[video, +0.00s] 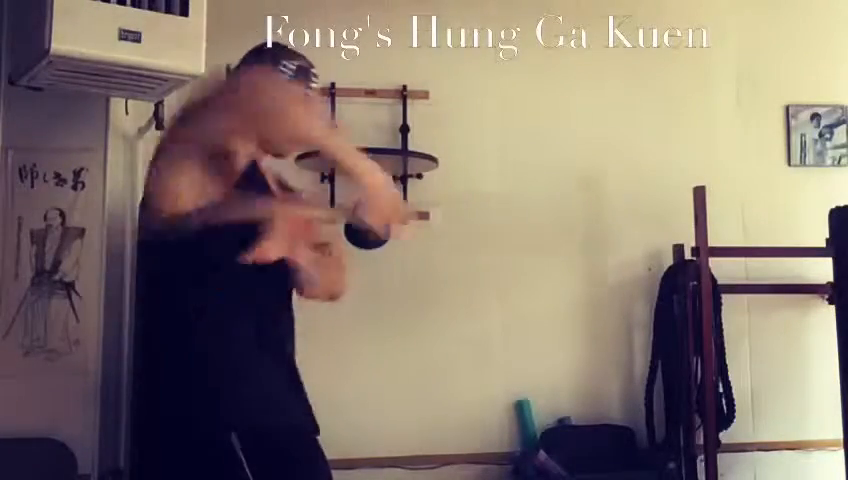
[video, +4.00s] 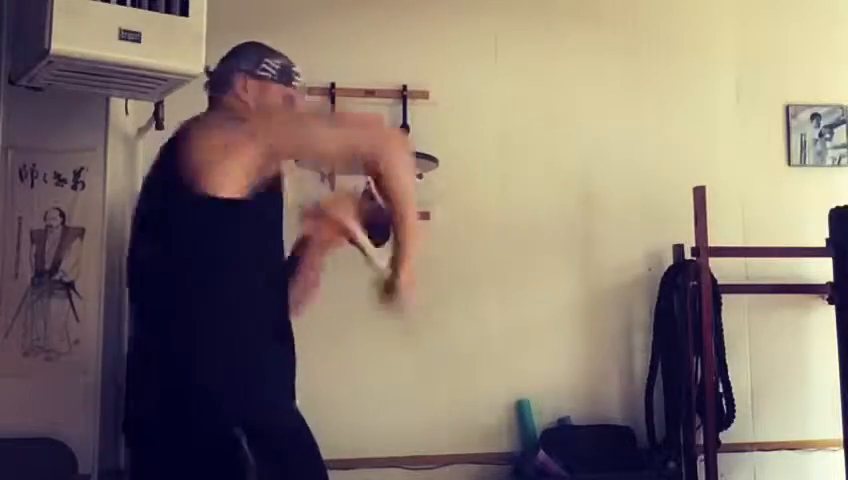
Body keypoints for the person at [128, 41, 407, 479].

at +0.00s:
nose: (310, 110)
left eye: (311, 97)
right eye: (299, 92)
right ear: (253, 84)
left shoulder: (270, 190)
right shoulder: (186, 166)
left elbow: (330, 283)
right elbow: (263, 94)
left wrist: (297, 244)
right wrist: (369, 176)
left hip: (272, 408)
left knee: (305, 471)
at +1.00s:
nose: (292, 100)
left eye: (290, 84)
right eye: (281, 81)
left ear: (239, 81)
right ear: (234, 78)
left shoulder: (291, 185)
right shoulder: (158, 179)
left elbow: (336, 287)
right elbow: (105, 305)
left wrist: (264, 279)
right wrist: (206, 323)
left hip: (282, 434)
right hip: (187, 439)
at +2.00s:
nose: (267, 85)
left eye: (264, 70)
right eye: (255, 66)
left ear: (209, 70)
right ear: (207, 66)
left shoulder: (171, 163)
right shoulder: (204, 166)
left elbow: (253, 278)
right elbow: (329, 268)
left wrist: (353, 233)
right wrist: (425, 223)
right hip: (246, 436)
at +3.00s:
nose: (295, 106)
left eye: (296, 91)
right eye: (289, 86)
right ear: (245, 74)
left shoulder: (136, 173)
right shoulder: (271, 150)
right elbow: (376, 221)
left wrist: (289, 244)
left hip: (166, 413)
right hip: (264, 413)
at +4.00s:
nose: (294, 106)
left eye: (295, 96)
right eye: (285, 90)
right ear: (243, 87)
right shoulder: (214, 137)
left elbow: (285, 304)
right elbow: (384, 140)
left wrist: (313, 243)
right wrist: (403, 260)